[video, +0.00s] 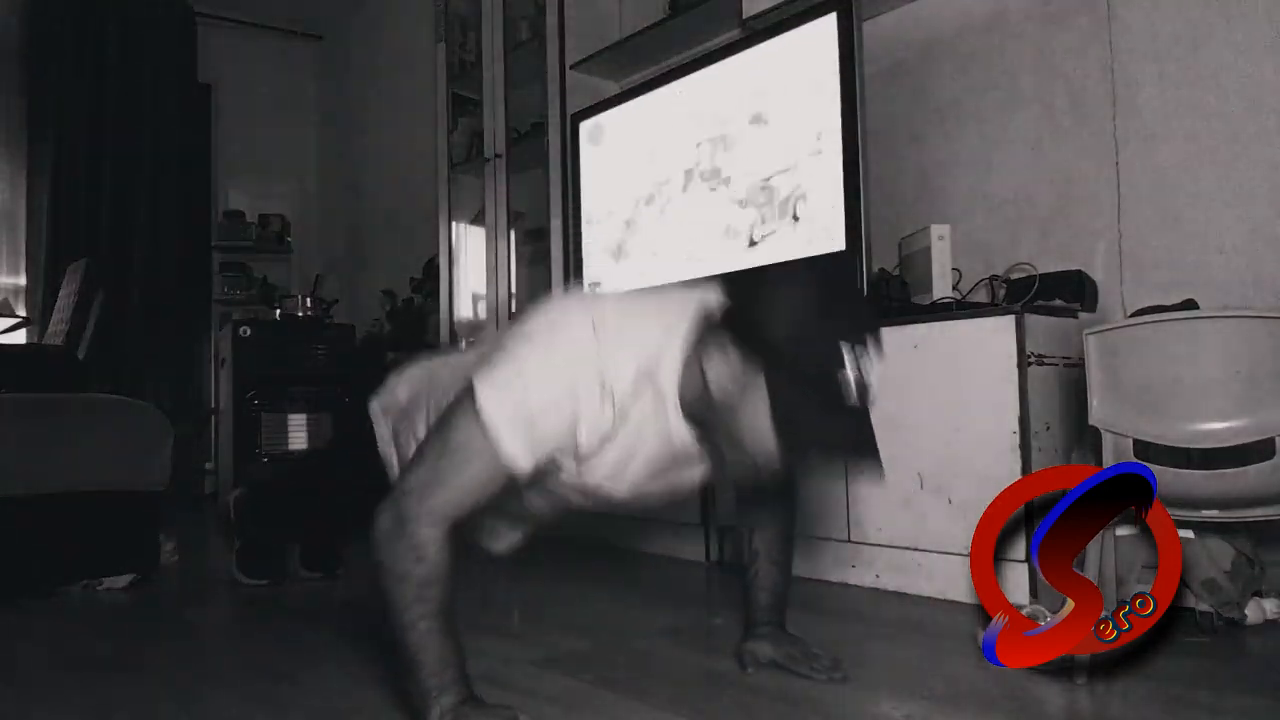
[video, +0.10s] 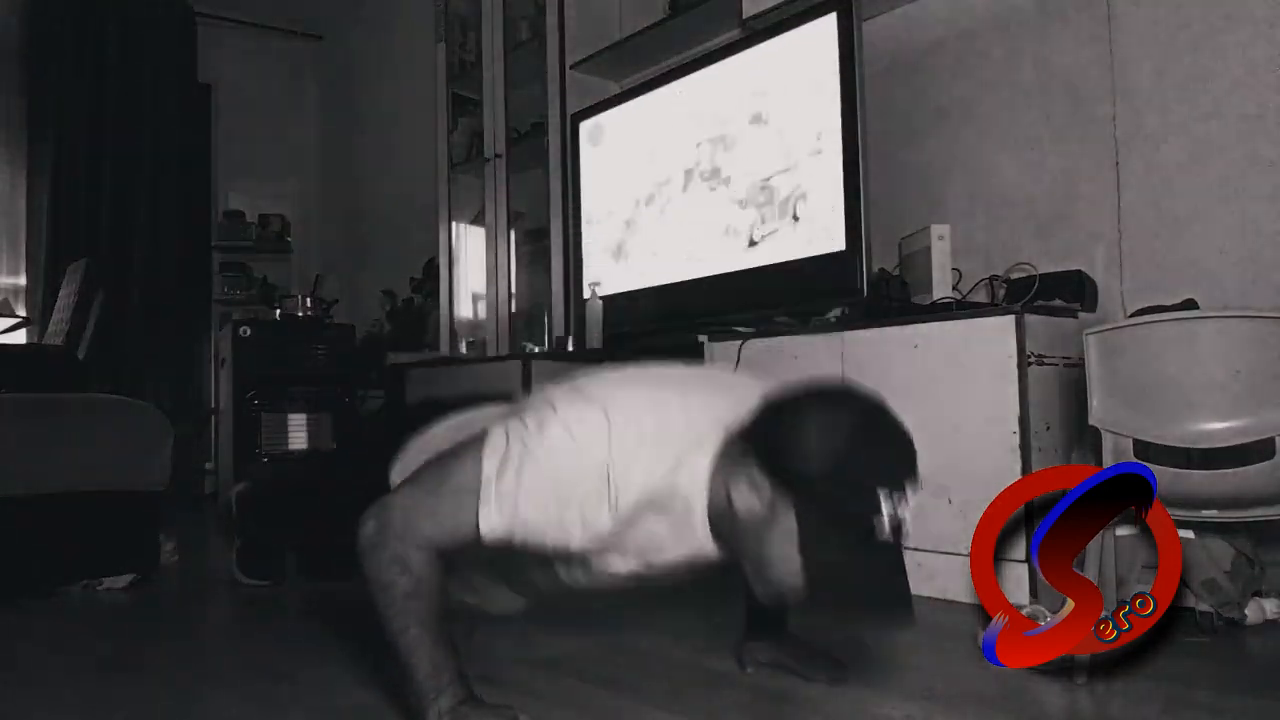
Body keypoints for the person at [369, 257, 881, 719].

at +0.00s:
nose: (786, 456)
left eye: (801, 442)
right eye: (784, 432)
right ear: (727, 366)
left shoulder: (759, 389)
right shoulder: (572, 358)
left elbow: (767, 490)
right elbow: (406, 523)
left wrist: (765, 627)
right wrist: (446, 701)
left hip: (535, 471)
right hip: (412, 438)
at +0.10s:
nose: (823, 570)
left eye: (839, 548)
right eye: (820, 541)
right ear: (754, 492)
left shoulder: (794, 440)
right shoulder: (587, 453)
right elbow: (389, 531)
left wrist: (765, 628)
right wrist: (442, 700)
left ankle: (476, 570)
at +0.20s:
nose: (833, 682)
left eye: (853, 661)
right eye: (834, 651)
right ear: (770, 587)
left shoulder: (840, 526)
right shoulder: (604, 520)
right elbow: (393, 532)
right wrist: (444, 704)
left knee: (584, 638)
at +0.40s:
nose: (840, 676)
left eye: (861, 659)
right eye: (842, 645)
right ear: (779, 576)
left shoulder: (833, 507)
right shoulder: (610, 522)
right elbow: (394, 535)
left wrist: (773, 652)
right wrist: (443, 701)